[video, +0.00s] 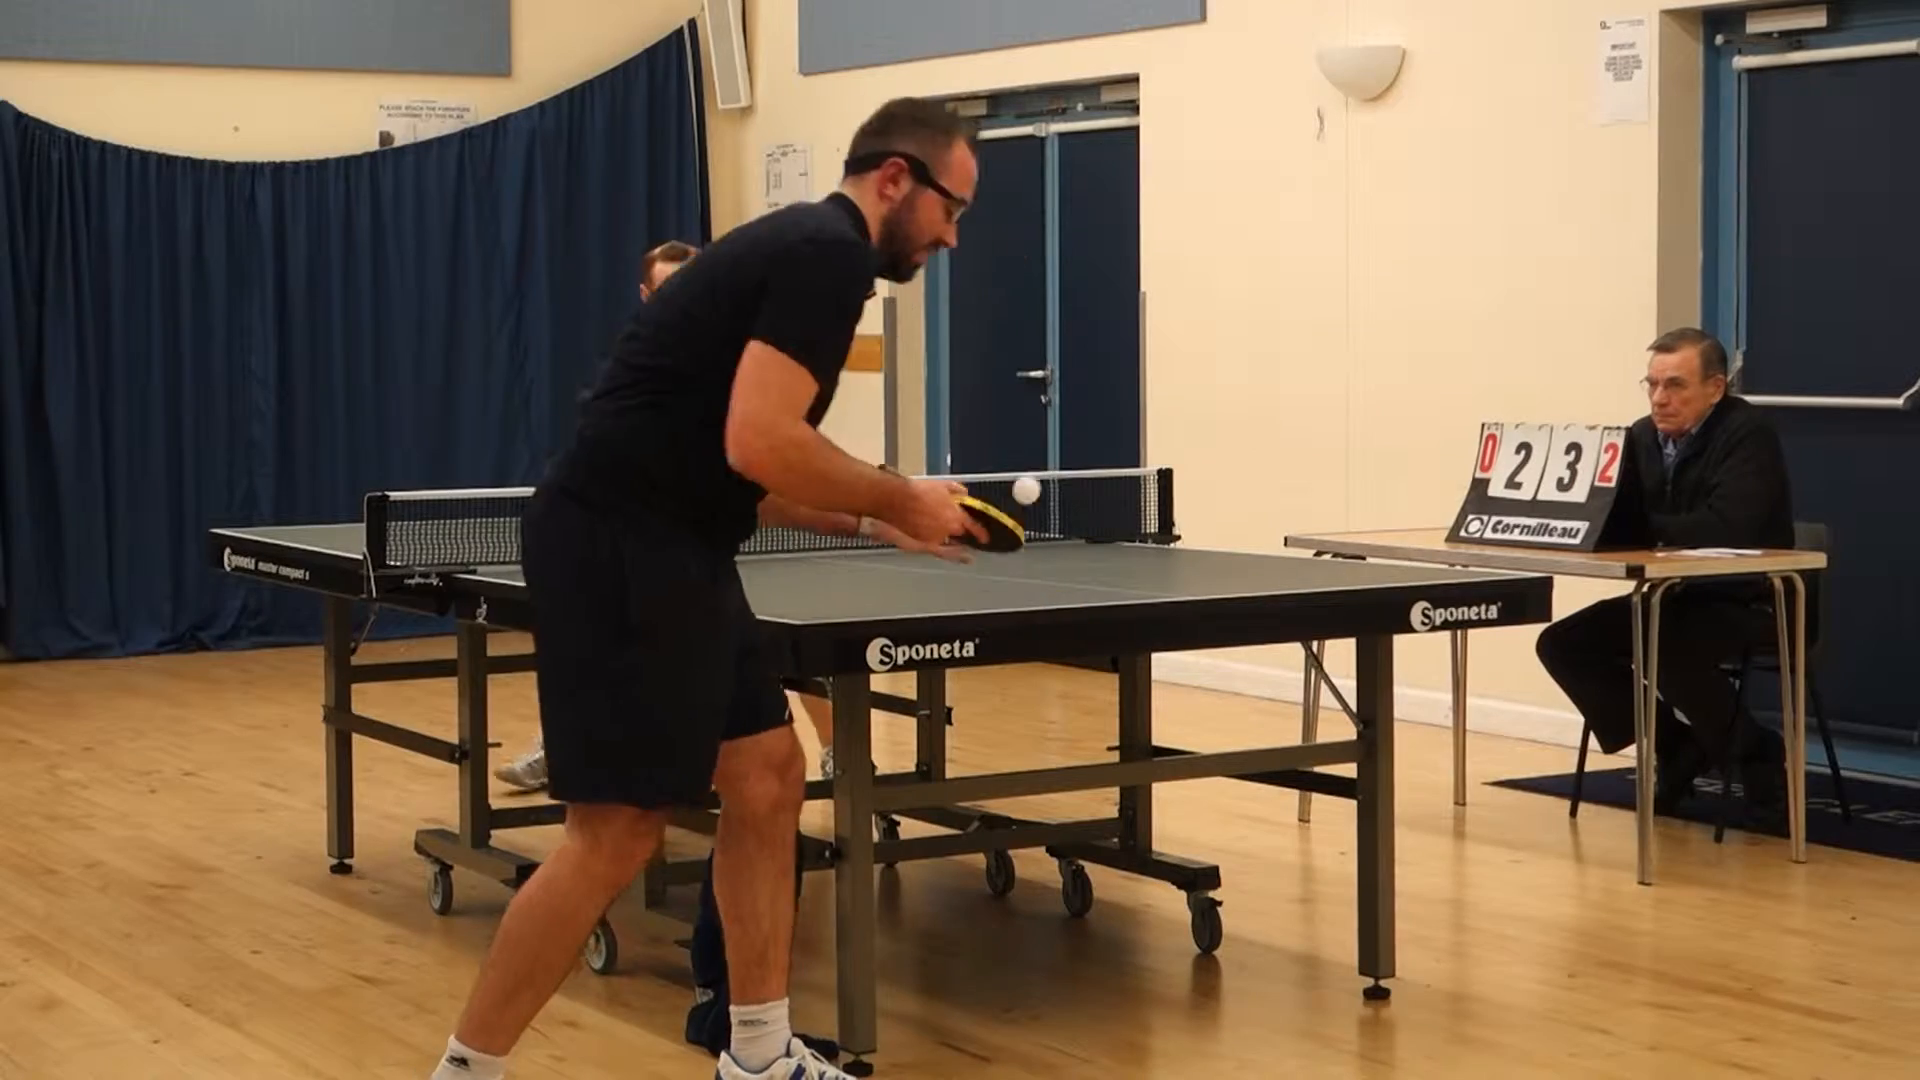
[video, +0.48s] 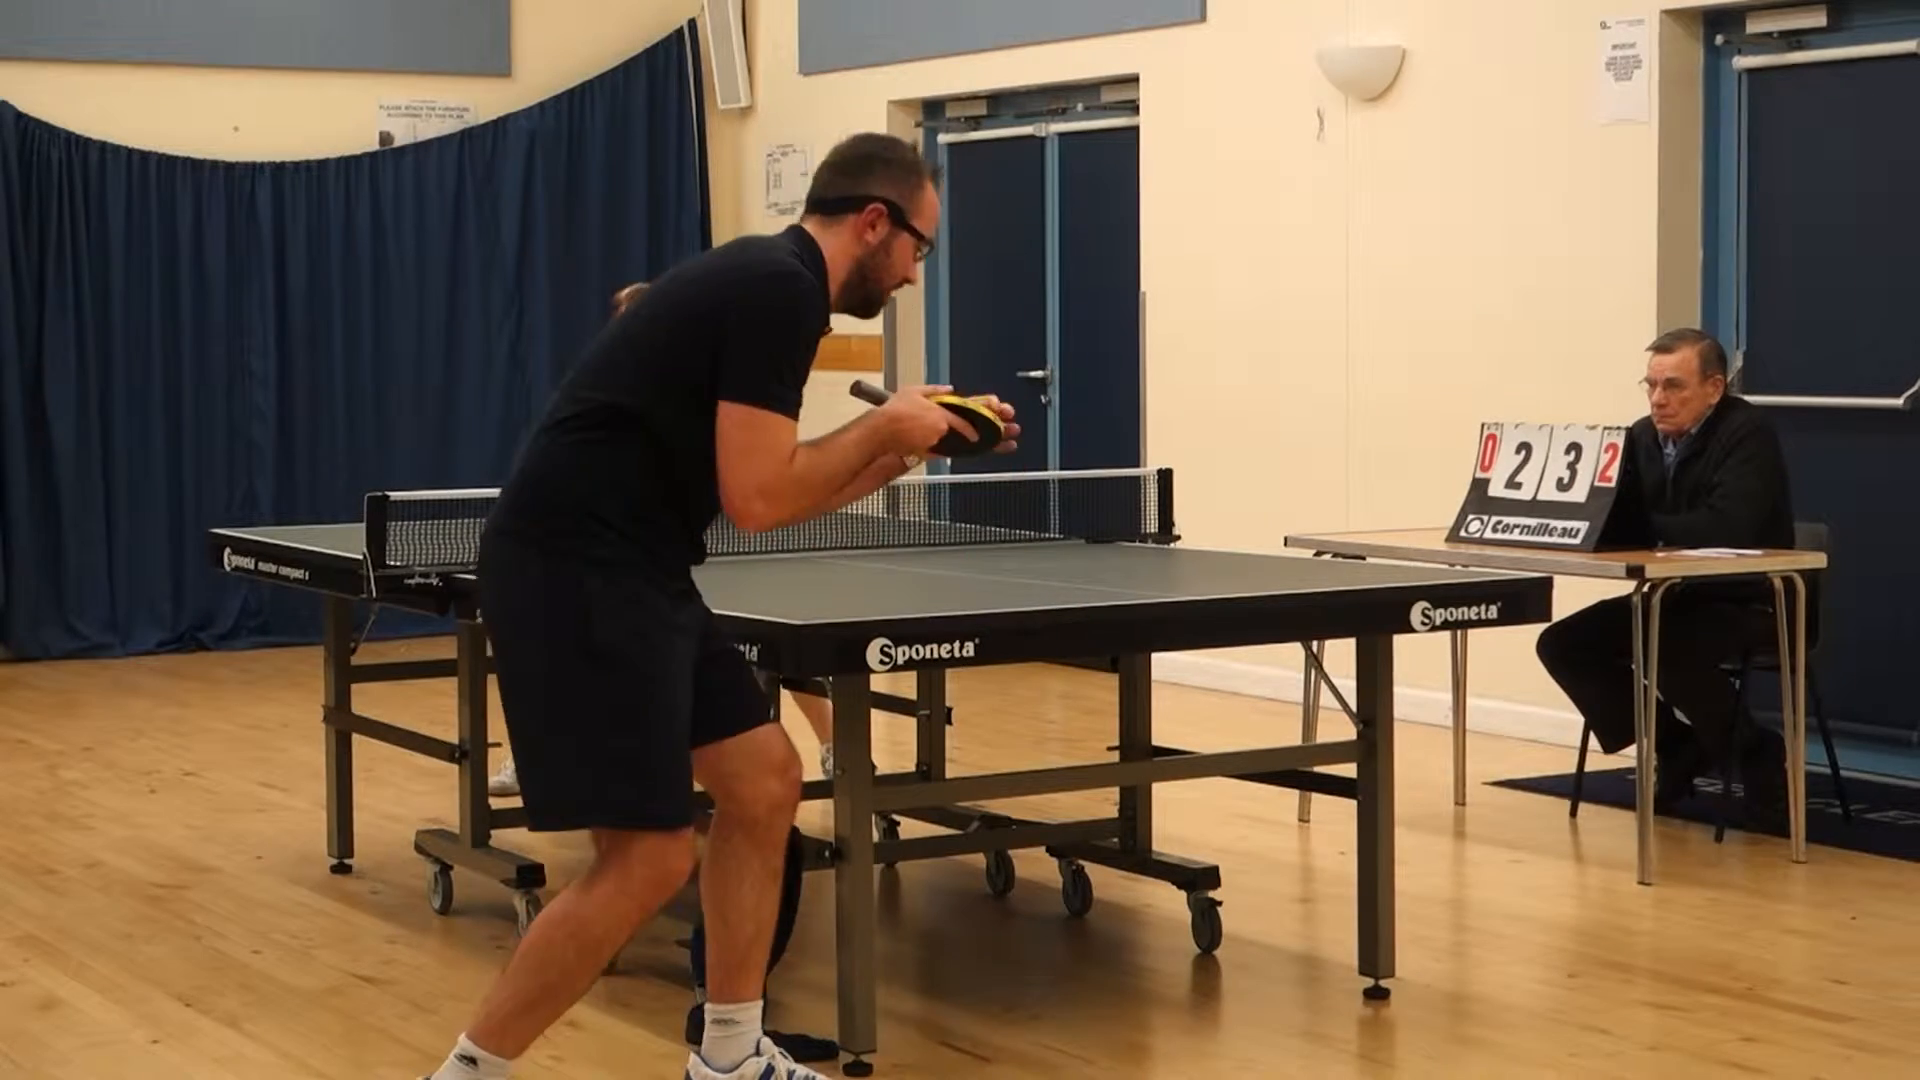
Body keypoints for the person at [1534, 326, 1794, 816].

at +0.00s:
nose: (1659, 398)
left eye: (1674, 384)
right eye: (1653, 384)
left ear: (1715, 388)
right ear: (1645, 385)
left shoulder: (1749, 435)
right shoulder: (1641, 438)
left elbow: (1734, 528)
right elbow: (1614, 520)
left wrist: (1643, 531)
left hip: (1753, 599)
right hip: (1672, 595)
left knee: (1669, 646)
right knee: (1562, 644)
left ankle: (1757, 751)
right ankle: (1674, 744)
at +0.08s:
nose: (1659, 397)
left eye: (1674, 384)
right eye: (1653, 384)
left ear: (1715, 388)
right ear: (1645, 385)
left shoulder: (1749, 435)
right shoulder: (1641, 438)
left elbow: (1734, 527)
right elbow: (1613, 519)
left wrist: (1643, 531)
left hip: (1754, 600)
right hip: (1672, 595)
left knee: (1668, 646)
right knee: (1562, 644)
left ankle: (1757, 752)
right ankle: (1674, 743)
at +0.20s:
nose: (1659, 397)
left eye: (1674, 385)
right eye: (1653, 384)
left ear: (1715, 389)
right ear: (1645, 385)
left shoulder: (1749, 435)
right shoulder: (1641, 438)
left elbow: (1733, 527)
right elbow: (1613, 520)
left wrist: (1642, 531)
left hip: (1753, 600)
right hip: (1672, 595)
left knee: (1668, 647)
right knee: (1562, 644)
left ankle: (1757, 750)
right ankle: (1674, 744)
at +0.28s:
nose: (1658, 398)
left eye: (1673, 384)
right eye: (1652, 384)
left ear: (1715, 388)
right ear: (1645, 385)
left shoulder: (1749, 435)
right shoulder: (1640, 438)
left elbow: (1734, 527)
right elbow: (1614, 521)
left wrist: (1643, 532)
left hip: (1755, 600)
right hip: (1672, 595)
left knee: (1669, 646)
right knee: (1562, 644)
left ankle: (1757, 751)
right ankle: (1674, 745)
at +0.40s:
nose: (1658, 398)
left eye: (1673, 385)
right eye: (1652, 384)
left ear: (1715, 388)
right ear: (1645, 385)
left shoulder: (1749, 435)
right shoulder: (1641, 438)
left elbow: (1734, 528)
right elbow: (1614, 521)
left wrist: (1643, 532)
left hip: (1755, 600)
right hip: (1672, 595)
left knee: (1669, 647)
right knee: (1563, 643)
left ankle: (1757, 751)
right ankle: (1674, 745)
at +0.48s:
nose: (1657, 398)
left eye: (1672, 385)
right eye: (1652, 384)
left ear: (1714, 388)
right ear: (1645, 385)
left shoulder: (1748, 435)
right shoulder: (1641, 438)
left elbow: (1734, 527)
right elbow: (1609, 514)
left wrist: (1639, 531)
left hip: (1754, 600)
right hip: (1671, 595)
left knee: (1667, 647)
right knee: (1563, 643)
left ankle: (1756, 751)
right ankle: (1674, 743)